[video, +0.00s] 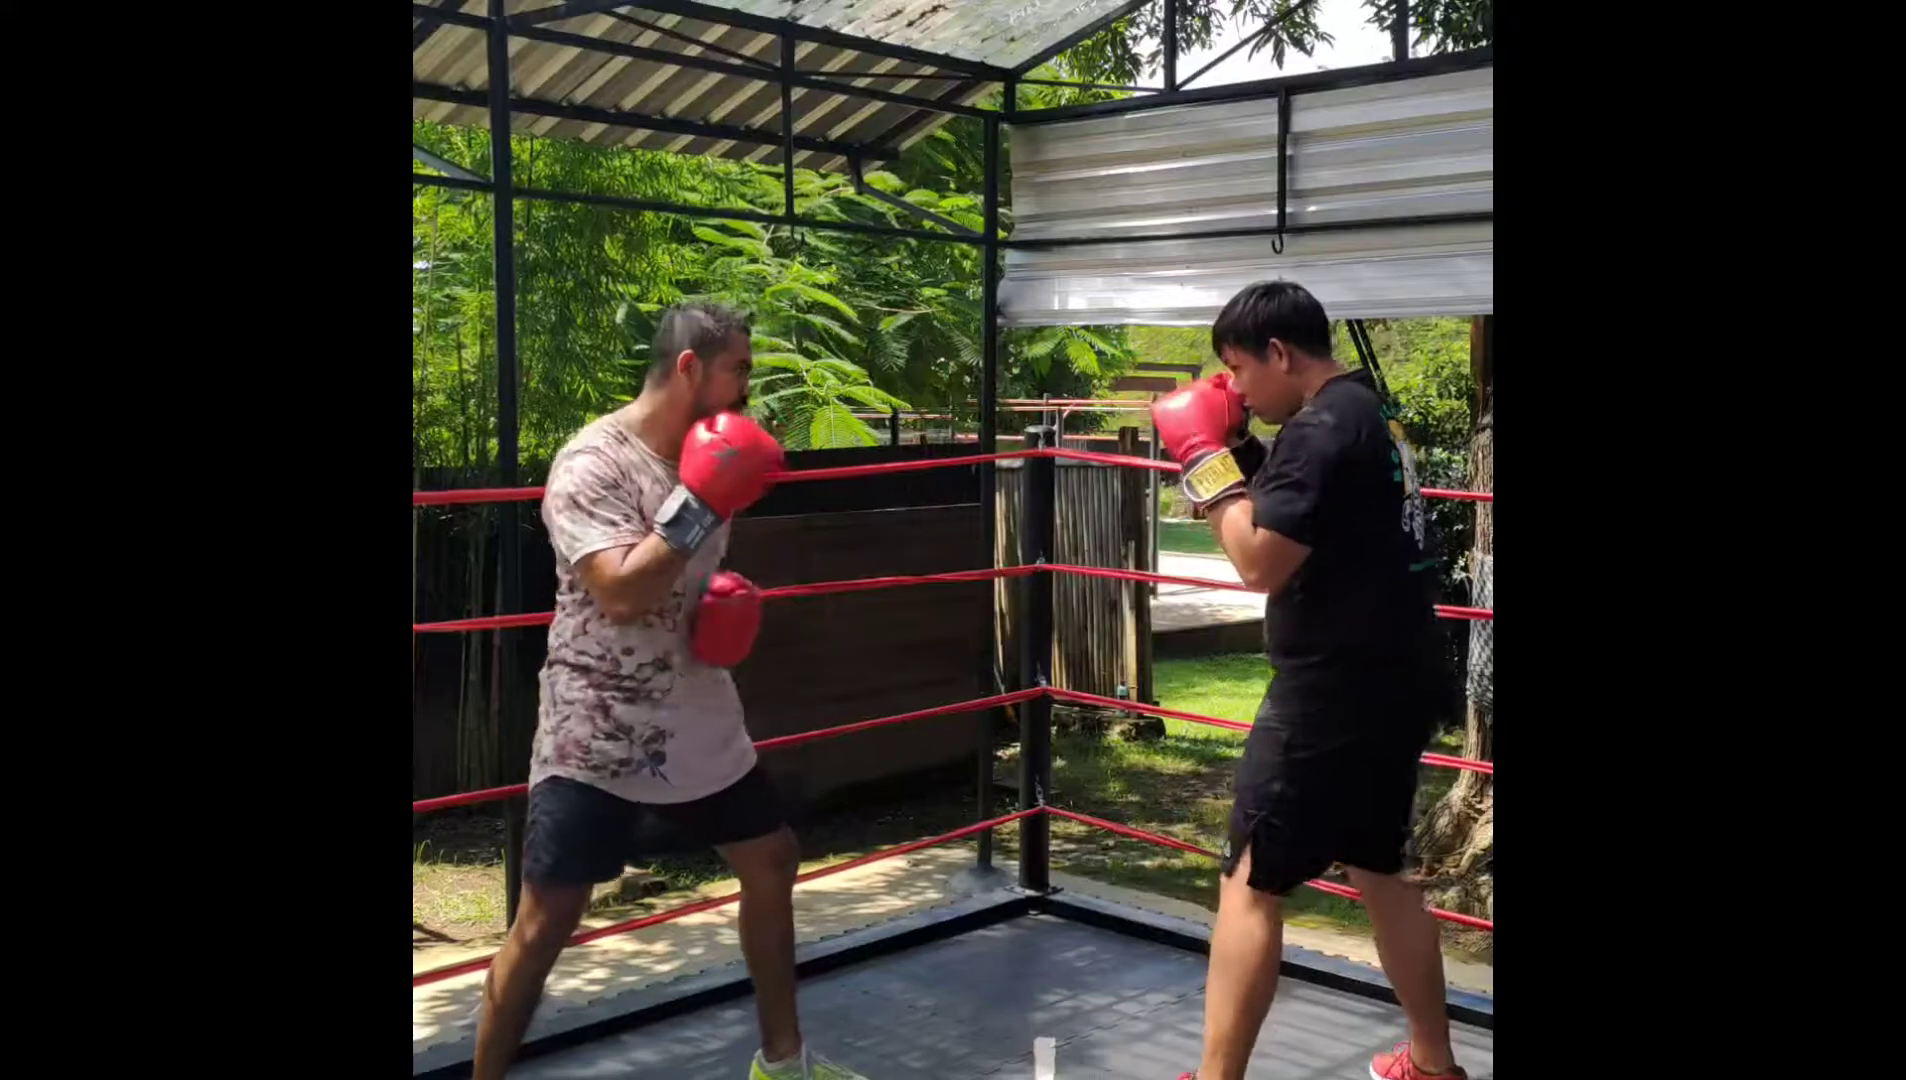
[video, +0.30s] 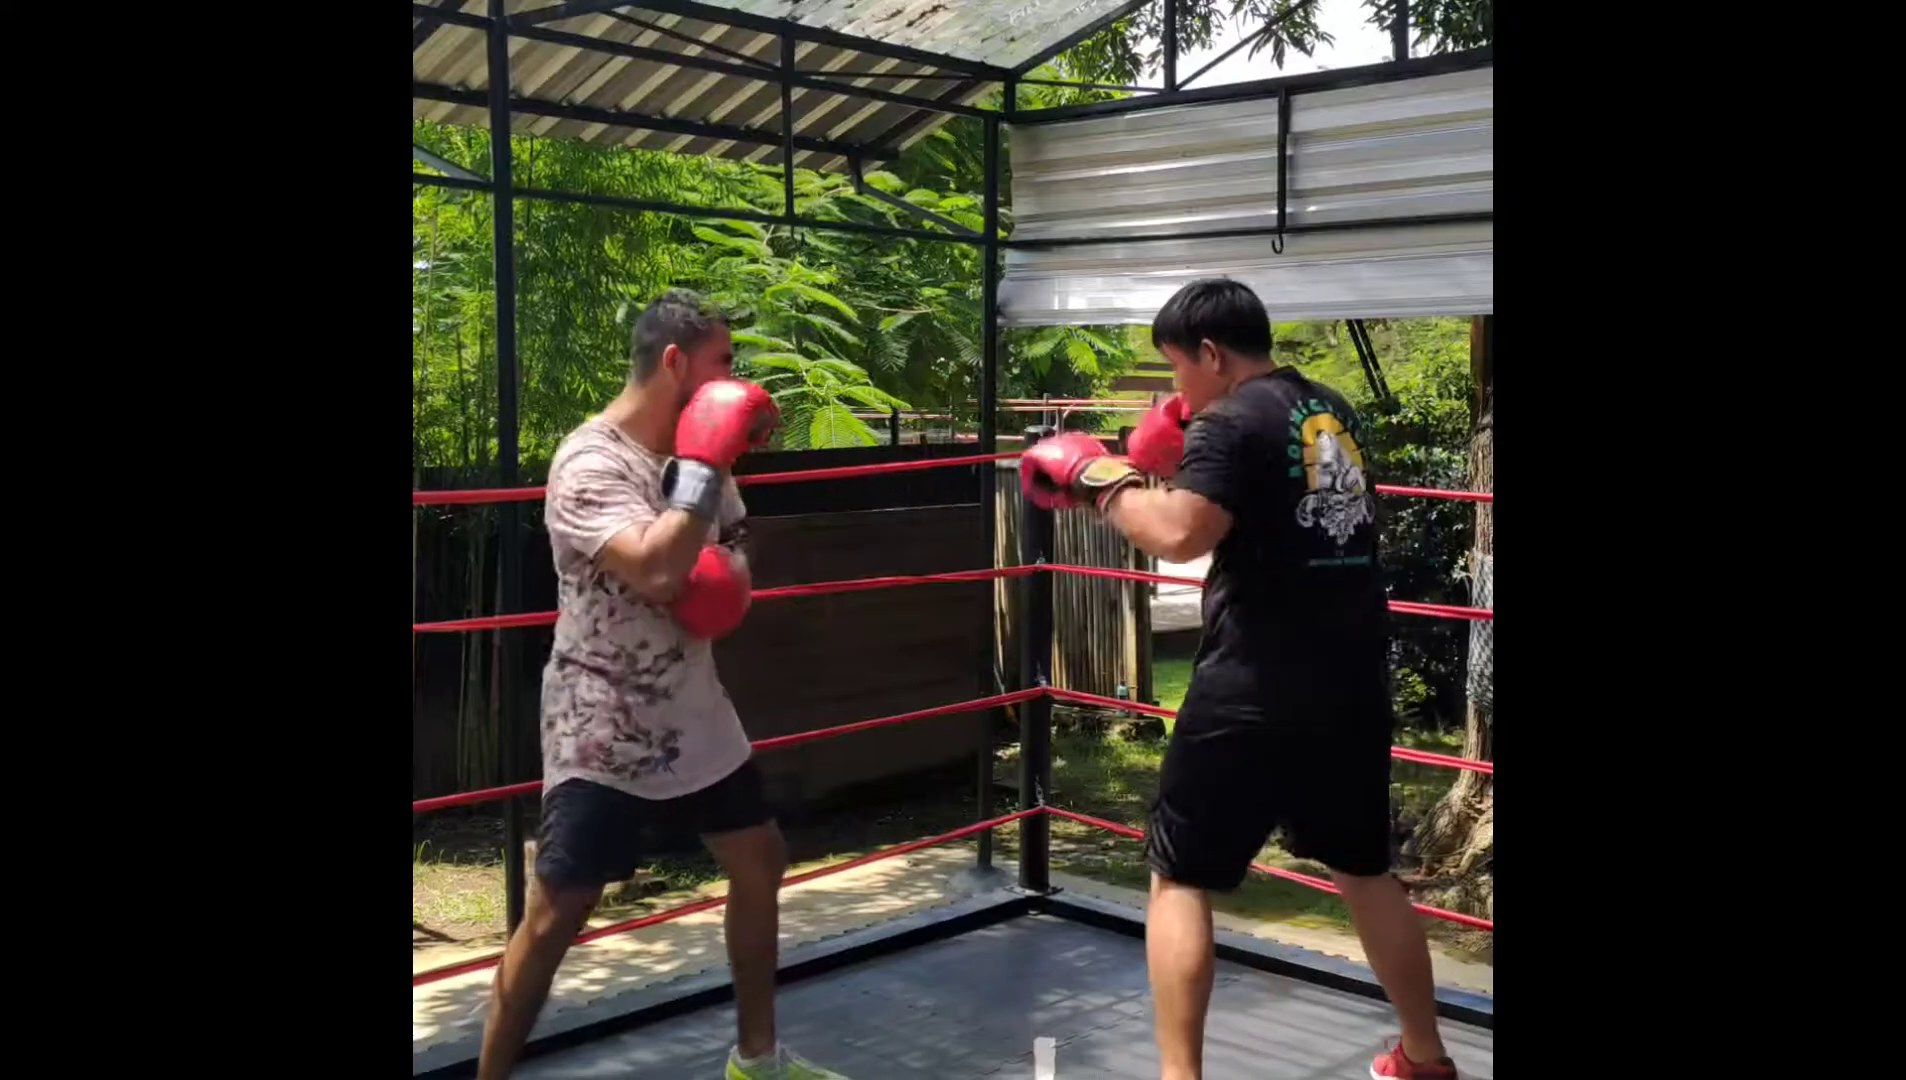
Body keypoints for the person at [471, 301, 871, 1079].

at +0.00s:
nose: (746, 391)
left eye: (749, 375)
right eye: (740, 372)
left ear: (697, 371)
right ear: (688, 367)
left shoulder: (708, 466)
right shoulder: (585, 465)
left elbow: (698, 586)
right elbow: (620, 593)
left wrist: (727, 615)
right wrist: (702, 501)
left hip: (702, 732)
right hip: (595, 739)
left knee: (771, 862)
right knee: (544, 922)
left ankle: (783, 1056)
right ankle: (486, 1074)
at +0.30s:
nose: (728, 379)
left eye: (730, 365)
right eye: (720, 362)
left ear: (675, 362)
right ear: (672, 360)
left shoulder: (696, 453)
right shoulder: (584, 463)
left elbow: (738, 551)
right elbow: (654, 573)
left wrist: (724, 583)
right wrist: (701, 462)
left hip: (693, 708)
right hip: (600, 719)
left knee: (759, 862)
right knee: (556, 912)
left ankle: (758, 1055)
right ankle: (490, 1074)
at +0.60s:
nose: (728, 377)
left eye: (729, 361)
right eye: (722, 359)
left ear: (663, 360)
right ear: (681, 360)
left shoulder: (653, 451)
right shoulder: (622, 455)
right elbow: (751, 524)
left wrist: (731, 588)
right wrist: (781, 427)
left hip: (696, 719)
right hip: (629, 729)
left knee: (761, 859)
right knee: (588, 928)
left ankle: (759, 1055)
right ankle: (497, 1074)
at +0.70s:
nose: (721, 376)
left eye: (721, 360)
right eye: (713, 359)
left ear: (662, 361)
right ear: (668, 360)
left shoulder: (662, 454)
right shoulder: (588, 463)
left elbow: (695, 556)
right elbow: (688, 573)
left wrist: (717, 587)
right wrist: (735, 477)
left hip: (683, 720)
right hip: (601, 730)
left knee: (741, 867)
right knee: (562, 927)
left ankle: (758, 1053)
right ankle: (488, 1074)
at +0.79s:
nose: (701, 391)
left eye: (702, 373)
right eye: (694, 372)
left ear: (645, 372)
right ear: (652, 371)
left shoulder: (656, 461)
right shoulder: (557, 468)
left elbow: (673, 566)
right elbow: (626, 594)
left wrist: (693, 605)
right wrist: (693, 505)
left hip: (655, 724)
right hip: (567, 733)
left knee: (712, 878)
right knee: (541, 926)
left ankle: (758, 1055)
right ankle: (484, 1075)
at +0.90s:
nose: (686, 405)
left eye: (689, 387)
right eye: (681, 386)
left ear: (632, 384)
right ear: (633, 381)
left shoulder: (640, 473)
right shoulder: (534, 480)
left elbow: (659, 577)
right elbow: (592, 609)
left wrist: (666, 615)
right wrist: (664, 528)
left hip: (629, 717)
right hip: (544, 726)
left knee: (698, 875)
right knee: (529, 937)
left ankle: (756, 1055)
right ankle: (481, 1076)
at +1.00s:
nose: (682, 399)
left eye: (685, 381)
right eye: (676, 379)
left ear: (627, 378)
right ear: (627, 374)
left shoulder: (634, 463)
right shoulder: (532, 473)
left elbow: (643, 566)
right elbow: (593, 604)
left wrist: (666, 600)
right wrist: (662, 516)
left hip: (626, 715)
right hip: (540, 725)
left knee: (692, 869)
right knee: (526, 935)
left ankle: (733, 1056)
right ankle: (479, 1075)